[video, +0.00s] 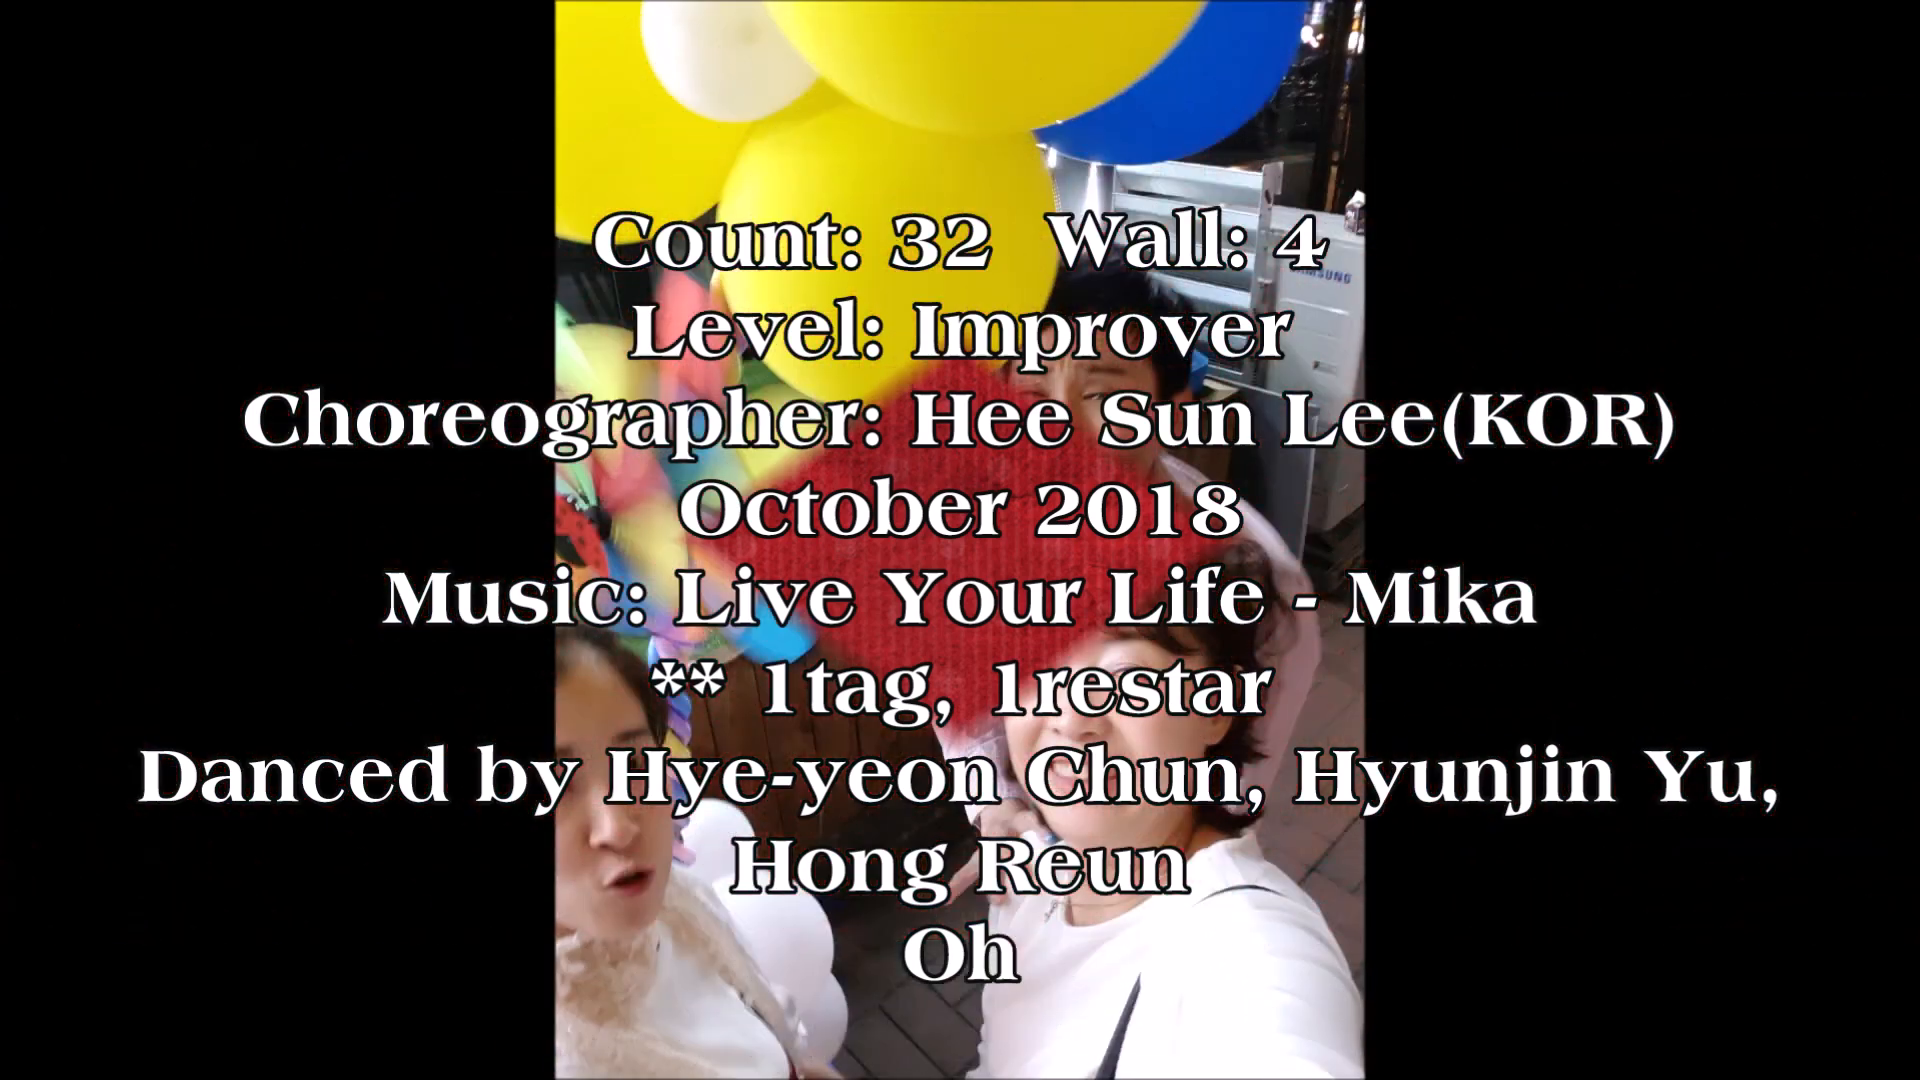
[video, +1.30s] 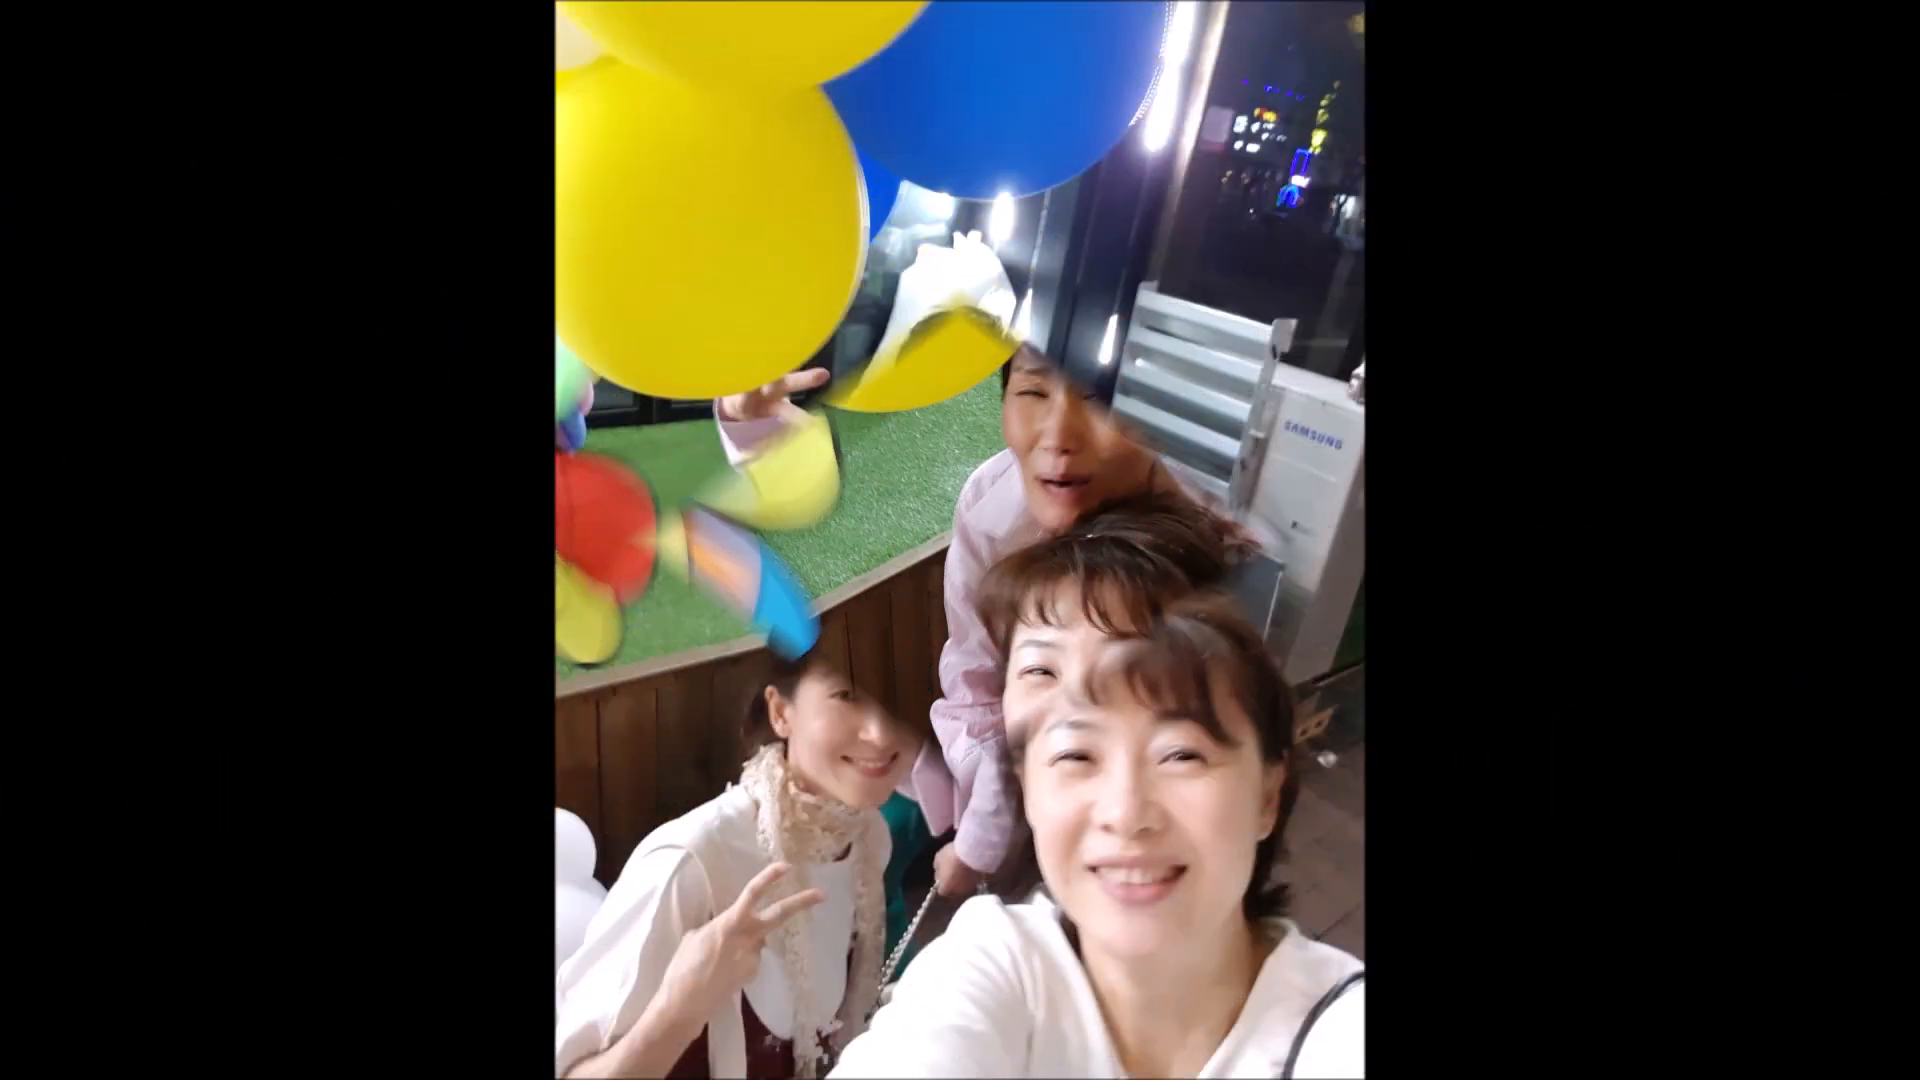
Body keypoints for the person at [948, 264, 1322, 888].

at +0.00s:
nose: (1067, 425)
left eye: (1108, 396)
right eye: (1044, 396)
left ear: (1167, 411)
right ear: (1016, 394)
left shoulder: (1246, 566)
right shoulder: (977, 514)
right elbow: (939, 670)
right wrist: (989, 801)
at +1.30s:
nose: (1058, 439)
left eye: (1103, 400)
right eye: (1033, 392)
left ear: (1165, 418)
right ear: (1003, 402)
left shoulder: (1219, 563)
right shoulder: (989, 504)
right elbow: (971, 684)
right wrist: (983, 840)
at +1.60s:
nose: (937, 469)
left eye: (971, 438)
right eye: (917, 435)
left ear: (1030, 448)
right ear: (895, 434)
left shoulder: (1058, 604)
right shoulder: (869, 470)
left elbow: (1025, 753)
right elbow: (772, 446)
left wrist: (974, 853)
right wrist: (749, 411)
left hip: (954, 817)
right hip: (847, 772)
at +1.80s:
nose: (937, 469)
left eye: (971, 438)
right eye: (917, 435)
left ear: (1030, 448)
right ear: (895, 434)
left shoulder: (1058, 604)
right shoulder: (869, 470)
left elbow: (1025, 753)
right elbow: (772, 446)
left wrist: (974, 853)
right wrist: (749, 411)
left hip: (954, 817)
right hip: (847, 772)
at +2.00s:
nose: (937, 469)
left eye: (971, 438)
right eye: (917, 435)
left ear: (1030, 448)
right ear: (895, 434)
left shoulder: (1058, 604)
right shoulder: (869, 470)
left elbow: (1023, 756)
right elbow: (771, 446)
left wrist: (973, 855)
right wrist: (749, 410)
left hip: (951, 818)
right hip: (844, 773)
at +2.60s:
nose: (943, 489)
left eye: (952, 482)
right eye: (935, 483)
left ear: (965, 490)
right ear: (923, 492)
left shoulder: (984, 546)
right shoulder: (904, 546)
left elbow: (1013, 608)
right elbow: (892, 602)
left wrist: (1033, 668)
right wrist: (886, 646)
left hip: (968, 675)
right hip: (917, 675)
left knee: (949, 767)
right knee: (909, 773)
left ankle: (963, 857)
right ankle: (939, 865)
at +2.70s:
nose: (943, 503)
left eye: (952, 496)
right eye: (935, 496)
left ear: (965, 505)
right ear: (923, 505)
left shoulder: (985, 559)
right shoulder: (904, 560)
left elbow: (1018, 618)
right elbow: (892, 611)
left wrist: (1041, 673)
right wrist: (882, 653)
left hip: (970, 690)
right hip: (919, 688)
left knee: (956, 784)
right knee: (904, 779)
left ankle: (969, 843)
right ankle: (938, 865)